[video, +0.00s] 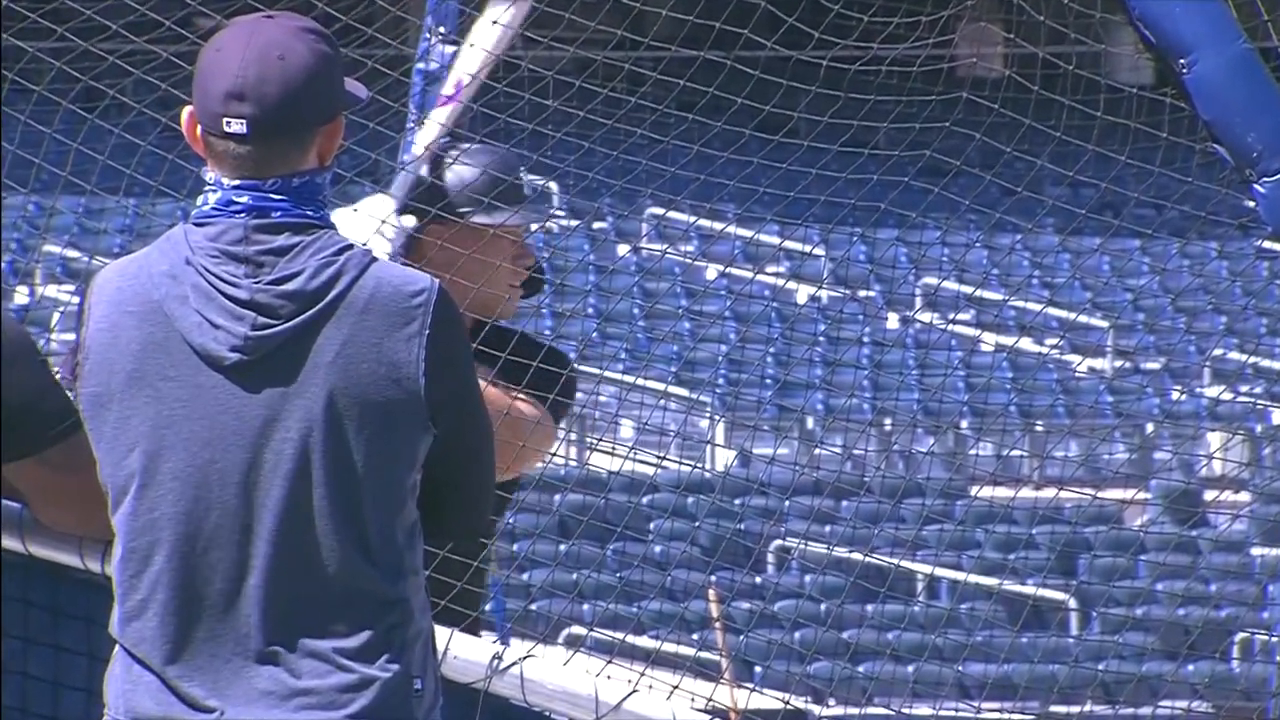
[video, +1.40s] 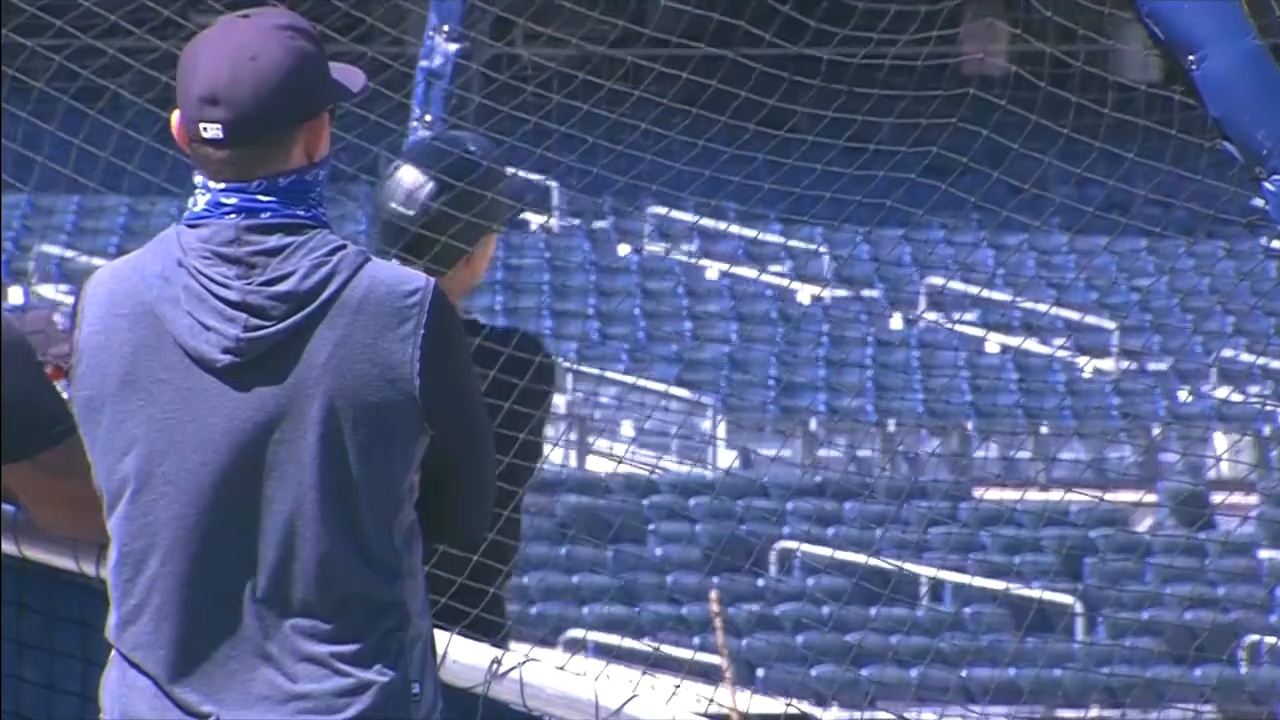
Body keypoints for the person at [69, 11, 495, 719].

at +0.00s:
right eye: (342, 122)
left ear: (191, 135)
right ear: (332, 142)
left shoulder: (112, 297)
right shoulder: (412, 309)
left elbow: (122, 478)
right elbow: (459, 508)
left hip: (150, 698)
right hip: (355, 699)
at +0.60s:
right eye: (340, 126)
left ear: (188, 134)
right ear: (328, 141)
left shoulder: (109, 294)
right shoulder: (411, 309)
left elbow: (123, 477)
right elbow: (461, 506)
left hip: (150, 699)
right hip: (352, 697)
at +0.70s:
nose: (339, 137)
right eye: (339, 125)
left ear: (188, 134)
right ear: (327, 140)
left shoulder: (108, 297)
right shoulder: (407, 306)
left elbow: (125, 479)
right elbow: (457, 509)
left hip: (148, 699)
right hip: (351, 698)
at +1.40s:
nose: (333, 130)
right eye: (332, 118)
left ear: (180, 136)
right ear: (318, 138)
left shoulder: (106, 300)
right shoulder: (404, 308)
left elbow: (124, 482)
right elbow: (461, 510)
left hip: (147, 699)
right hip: (349, 698)